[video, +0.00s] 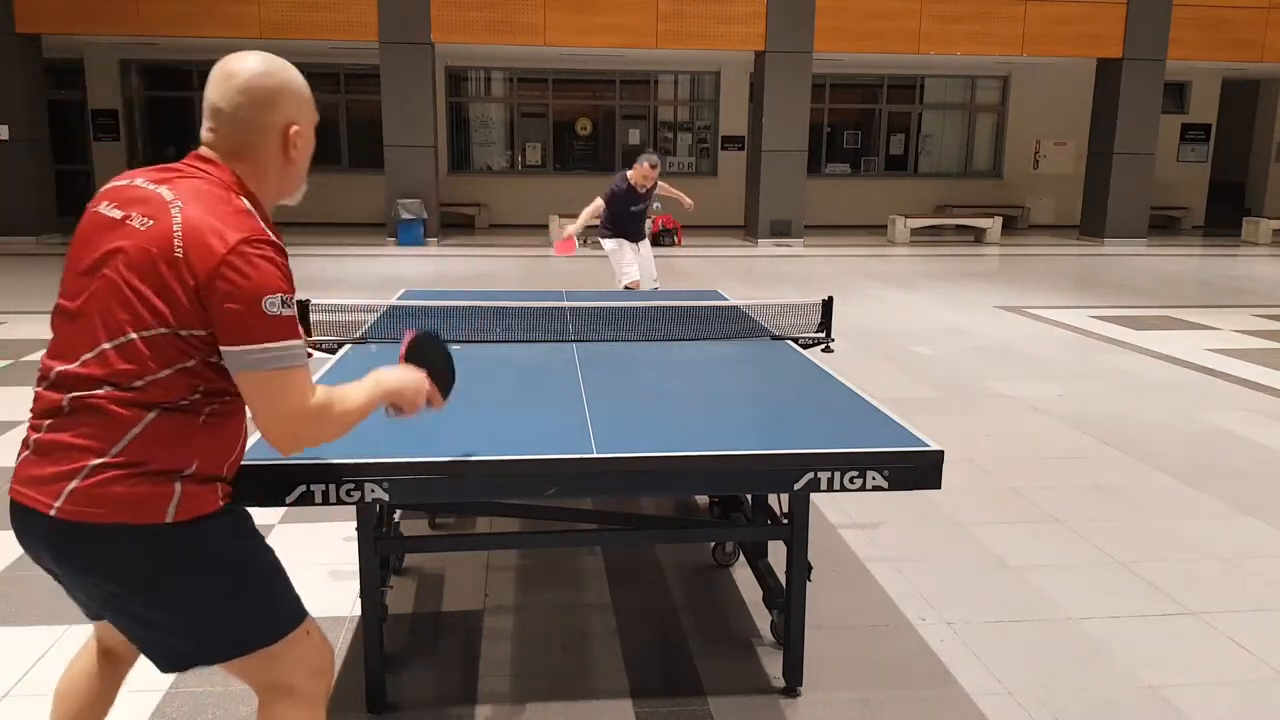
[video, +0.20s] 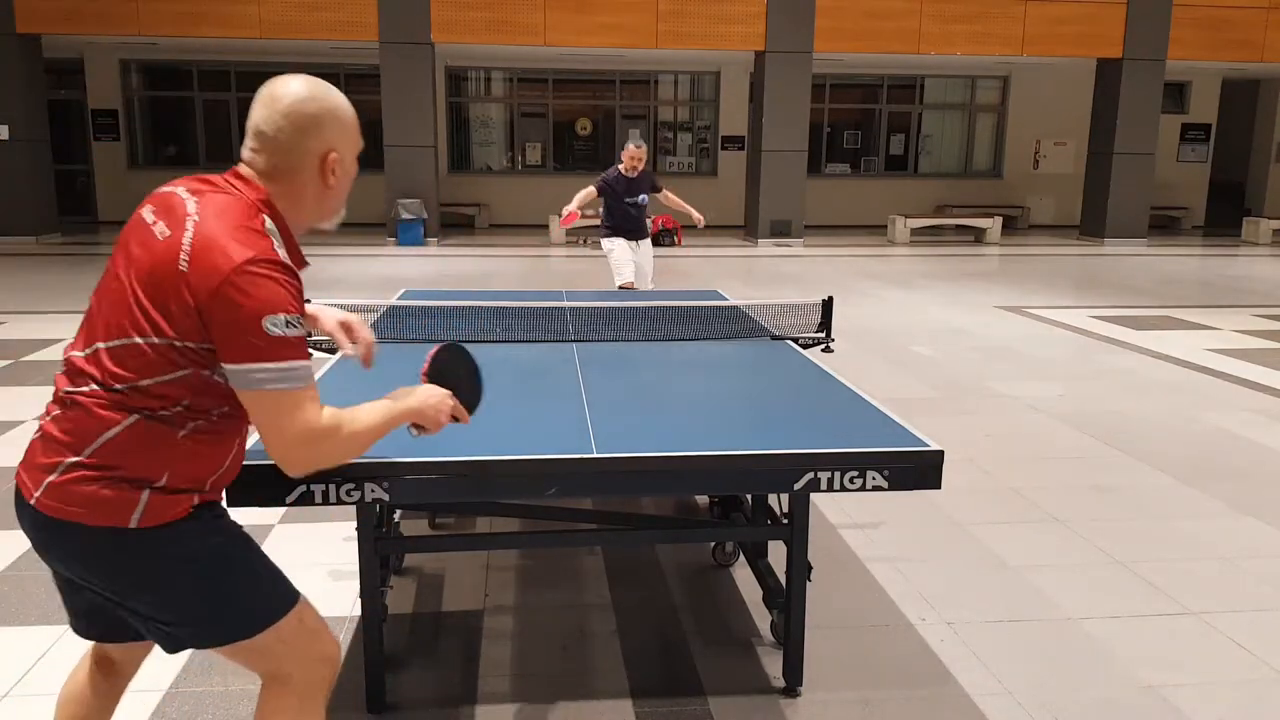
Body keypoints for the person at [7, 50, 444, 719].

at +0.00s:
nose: (313, 148)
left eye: (312, 132)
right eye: (311, 132)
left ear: (210, 124)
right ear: (291, 139)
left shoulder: (120, 192)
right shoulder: (237, 241)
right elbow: (293, 426)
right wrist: (384, 386)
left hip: (46, 497)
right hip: (148, 514)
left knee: (115, 641)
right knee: (301, 673)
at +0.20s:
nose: (353, 177)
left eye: (355, 162)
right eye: (354, 161)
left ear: (257, 145)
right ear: (328, 166)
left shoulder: (182, 196)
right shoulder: (247, 265)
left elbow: (213, 292)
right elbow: (301, 447)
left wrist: (306, 314)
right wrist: (406, 405)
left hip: (59, 486)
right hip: (132, 511)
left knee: (113, 654)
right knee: (307, 661)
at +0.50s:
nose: (409, 279)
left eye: (412, 264)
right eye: (410, 264)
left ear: (320, 236)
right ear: (377, 273)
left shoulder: (285, 268)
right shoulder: (244, 358)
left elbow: (370, 351)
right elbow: (132, 529)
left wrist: (407, 343)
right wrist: (219, 655)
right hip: (94, 525)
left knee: (159, 640)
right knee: (299, 669)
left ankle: (65, 715)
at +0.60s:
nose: (394, 289)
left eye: (397, 275)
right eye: (394, 276)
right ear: (351, 284)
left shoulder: (267, 265)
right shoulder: (212, 371)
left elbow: (315, 306)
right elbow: (69, 513)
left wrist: (372, 321)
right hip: (110, 530)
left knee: (159, 649)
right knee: (285, 664)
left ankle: (56, 717)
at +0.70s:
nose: (356, 270)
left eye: (362, 259)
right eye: (352, 258)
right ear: (309, 257)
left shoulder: (241, 243)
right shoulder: (186, 353)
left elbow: (298, 248)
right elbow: (58, 497)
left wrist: (352, 283)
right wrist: (4, 652)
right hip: (116, 524)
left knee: (142, 651)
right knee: (280, 662)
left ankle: (51, 715)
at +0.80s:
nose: (326, 186)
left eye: (325, 170)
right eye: (316, 172)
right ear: (255, 189)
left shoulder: (161, 195)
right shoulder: (188, 291)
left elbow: (226, 208)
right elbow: (160, 474)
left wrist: (283, 229)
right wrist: (227, 590)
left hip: (66, 479)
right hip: (109, 500)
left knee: (122, 636)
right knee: (263, 652)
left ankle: (37, 714)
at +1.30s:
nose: (108, 91)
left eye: (106, 77)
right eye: (103, 77)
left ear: (9, 85)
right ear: (74, 80)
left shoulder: (2, 157)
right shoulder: (99, 154)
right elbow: (264, 156)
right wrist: (212, 60)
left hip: (15, 463)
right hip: (114, 461)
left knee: (59, 630)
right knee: (233, 648)